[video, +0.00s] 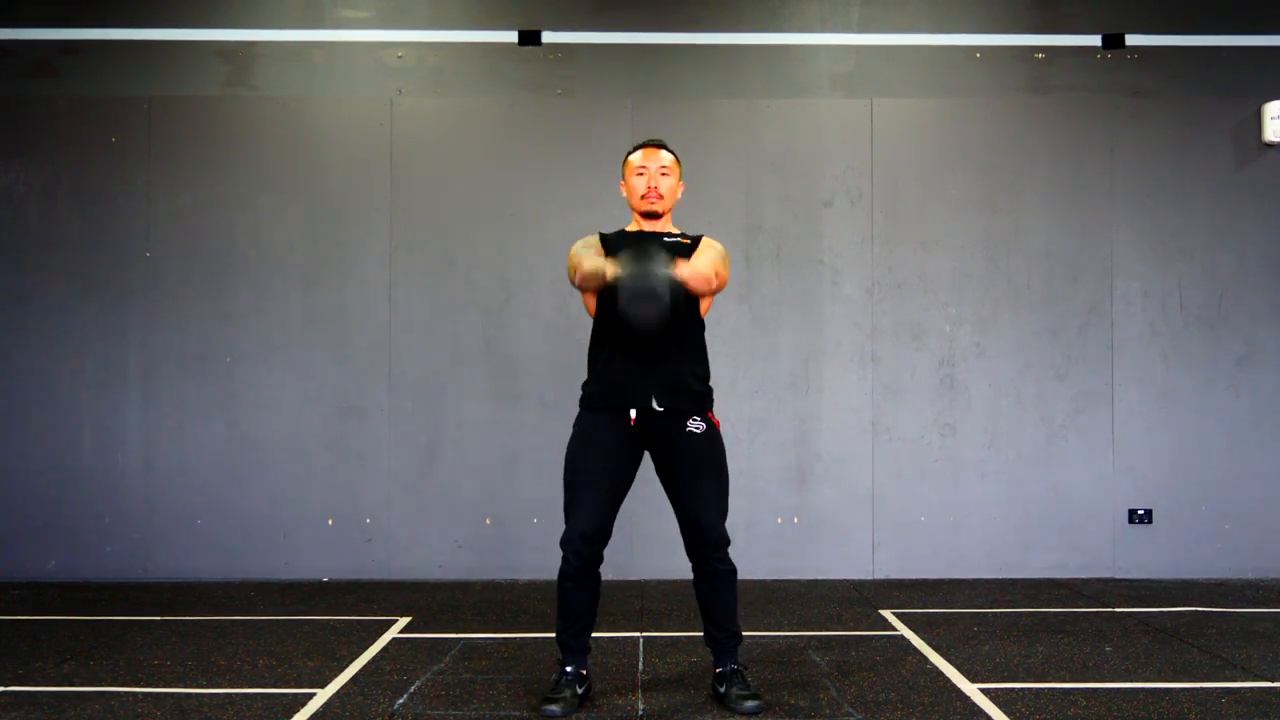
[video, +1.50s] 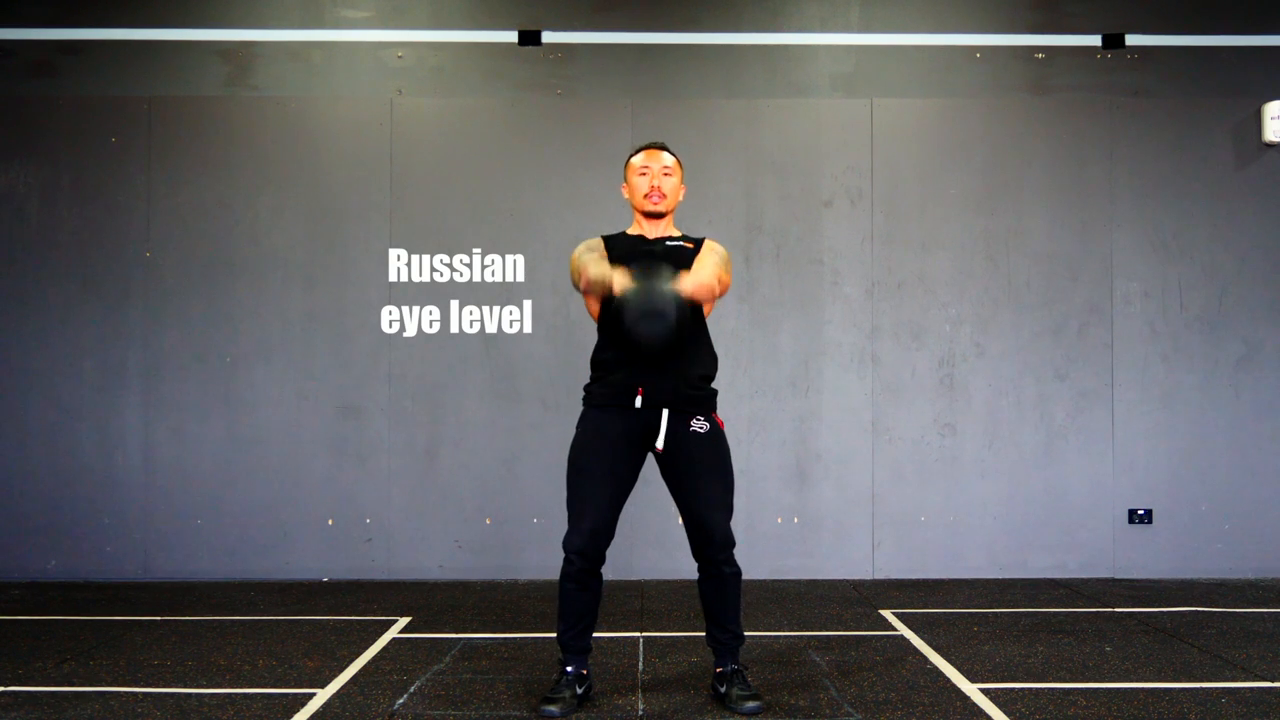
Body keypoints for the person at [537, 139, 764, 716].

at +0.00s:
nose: (652, 180)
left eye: (664, 172)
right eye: (641, 172)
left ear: (680, 187)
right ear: (624, 187)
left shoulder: (700, 246)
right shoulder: (598, 245)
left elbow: (710, 272)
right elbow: (584, 267)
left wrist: (676, 276)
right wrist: (610, 274)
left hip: (686, 418)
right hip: (608, 417)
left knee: (710, 544)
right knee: (581, 542)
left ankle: (728, 671)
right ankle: (572, 671)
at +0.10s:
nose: (651, 190)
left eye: (660, 176)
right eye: (642, 176)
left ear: (675, 190)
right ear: (624, 191)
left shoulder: (701, 253)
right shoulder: (598, 250)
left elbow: (713, 257)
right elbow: (582, 251)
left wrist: (678, 197)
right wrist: (609, 208)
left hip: (684, 415)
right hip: (607, 413)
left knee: (708, 543)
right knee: (584, 544)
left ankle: (728, 670)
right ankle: (572, 672)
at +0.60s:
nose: (650, 170)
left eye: (661, 162)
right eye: (639, 163)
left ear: (679, 179)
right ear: (622, 181)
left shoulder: (704, 242)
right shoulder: (596, 242)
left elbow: (707, 274)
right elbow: (585, 268)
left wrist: (668, 277)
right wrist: (617, 277)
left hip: (687, 414)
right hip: (610, 413)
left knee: (715, 543)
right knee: (583, 543)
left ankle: (729, 670)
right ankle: (572, 672)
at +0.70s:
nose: (650, 170)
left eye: (661, 162)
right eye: (638, 162)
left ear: (679, 179)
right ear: (621, 181)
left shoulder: (708, 251)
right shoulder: (589, 250)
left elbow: (703, 314)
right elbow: (591, 313)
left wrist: (675, 361)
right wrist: (619, 359)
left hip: (688, 416)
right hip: (608, 416)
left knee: (725, 544)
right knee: (574, 546)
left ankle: (730, 670)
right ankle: (571, 673)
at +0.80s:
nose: (649, 180)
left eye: (660, 171)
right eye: (636, 172)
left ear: (678, 188)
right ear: (619, 189)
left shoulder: (710, 267)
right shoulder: (587, 268)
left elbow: (703, 360)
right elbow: (594, 362)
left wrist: (676, 434)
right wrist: (620, 433)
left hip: (689, 423)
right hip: (607, 423)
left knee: (739, 545)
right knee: (561, 547)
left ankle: (731, 671)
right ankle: (569, 674)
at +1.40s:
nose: (653, 188)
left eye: (664, 178)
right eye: (641, 178)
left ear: (680, 190)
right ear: (623, 191)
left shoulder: (712, 261)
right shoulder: (590, 263)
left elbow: (705, 324)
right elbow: (596, 324)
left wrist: (680, 373)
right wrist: (623, 369)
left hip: (691, 426)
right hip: (610, 426)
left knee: (723, 553)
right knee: (581, 553)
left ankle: (730, 672)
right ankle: (573, 673)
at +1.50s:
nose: (655, 180)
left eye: (667, 172)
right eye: (644, 172)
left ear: (682, 189)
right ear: (625, 189)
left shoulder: (706, 251)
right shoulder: (597, 250)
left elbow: (707, 283)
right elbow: (594, 276)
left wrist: (671, 287)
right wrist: (622, 284)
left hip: (690, 415)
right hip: (612, 413)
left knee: (716, 543)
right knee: (583, 544)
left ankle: (729, 670)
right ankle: (573, 672)